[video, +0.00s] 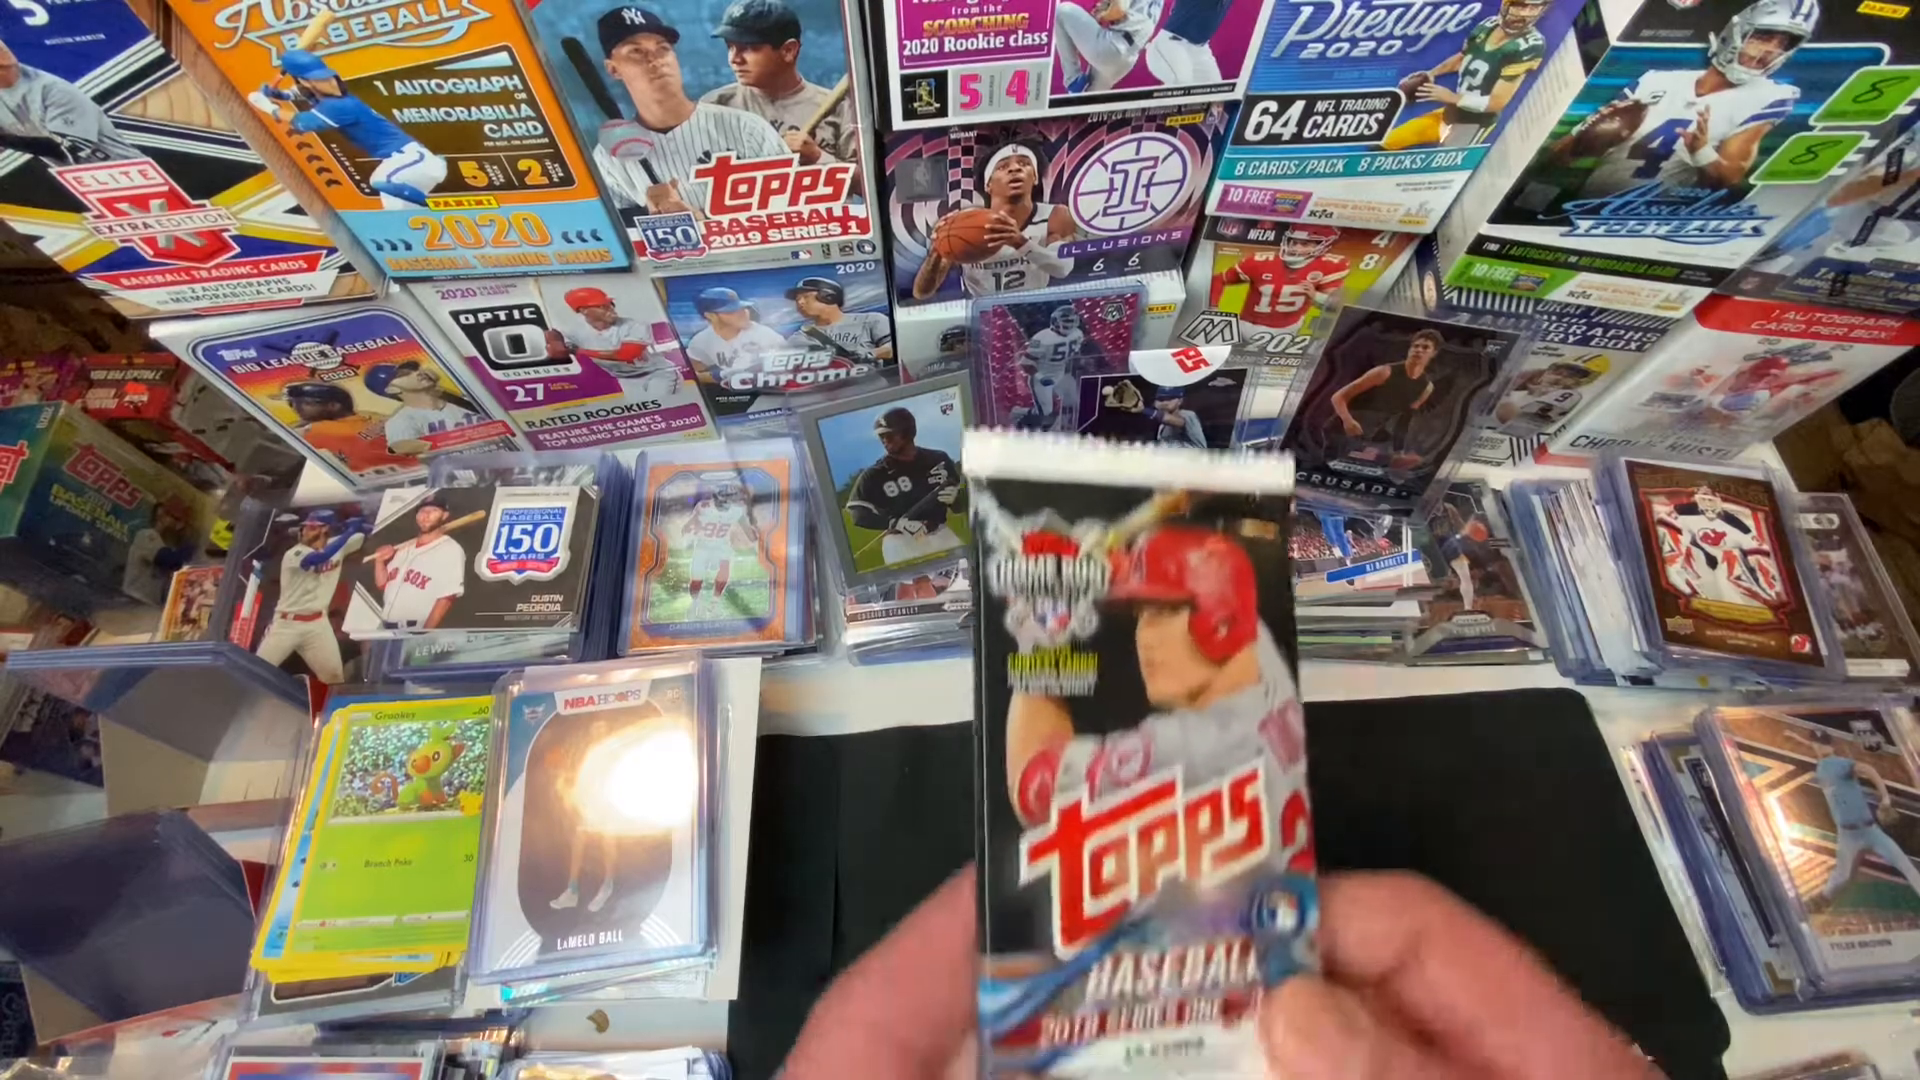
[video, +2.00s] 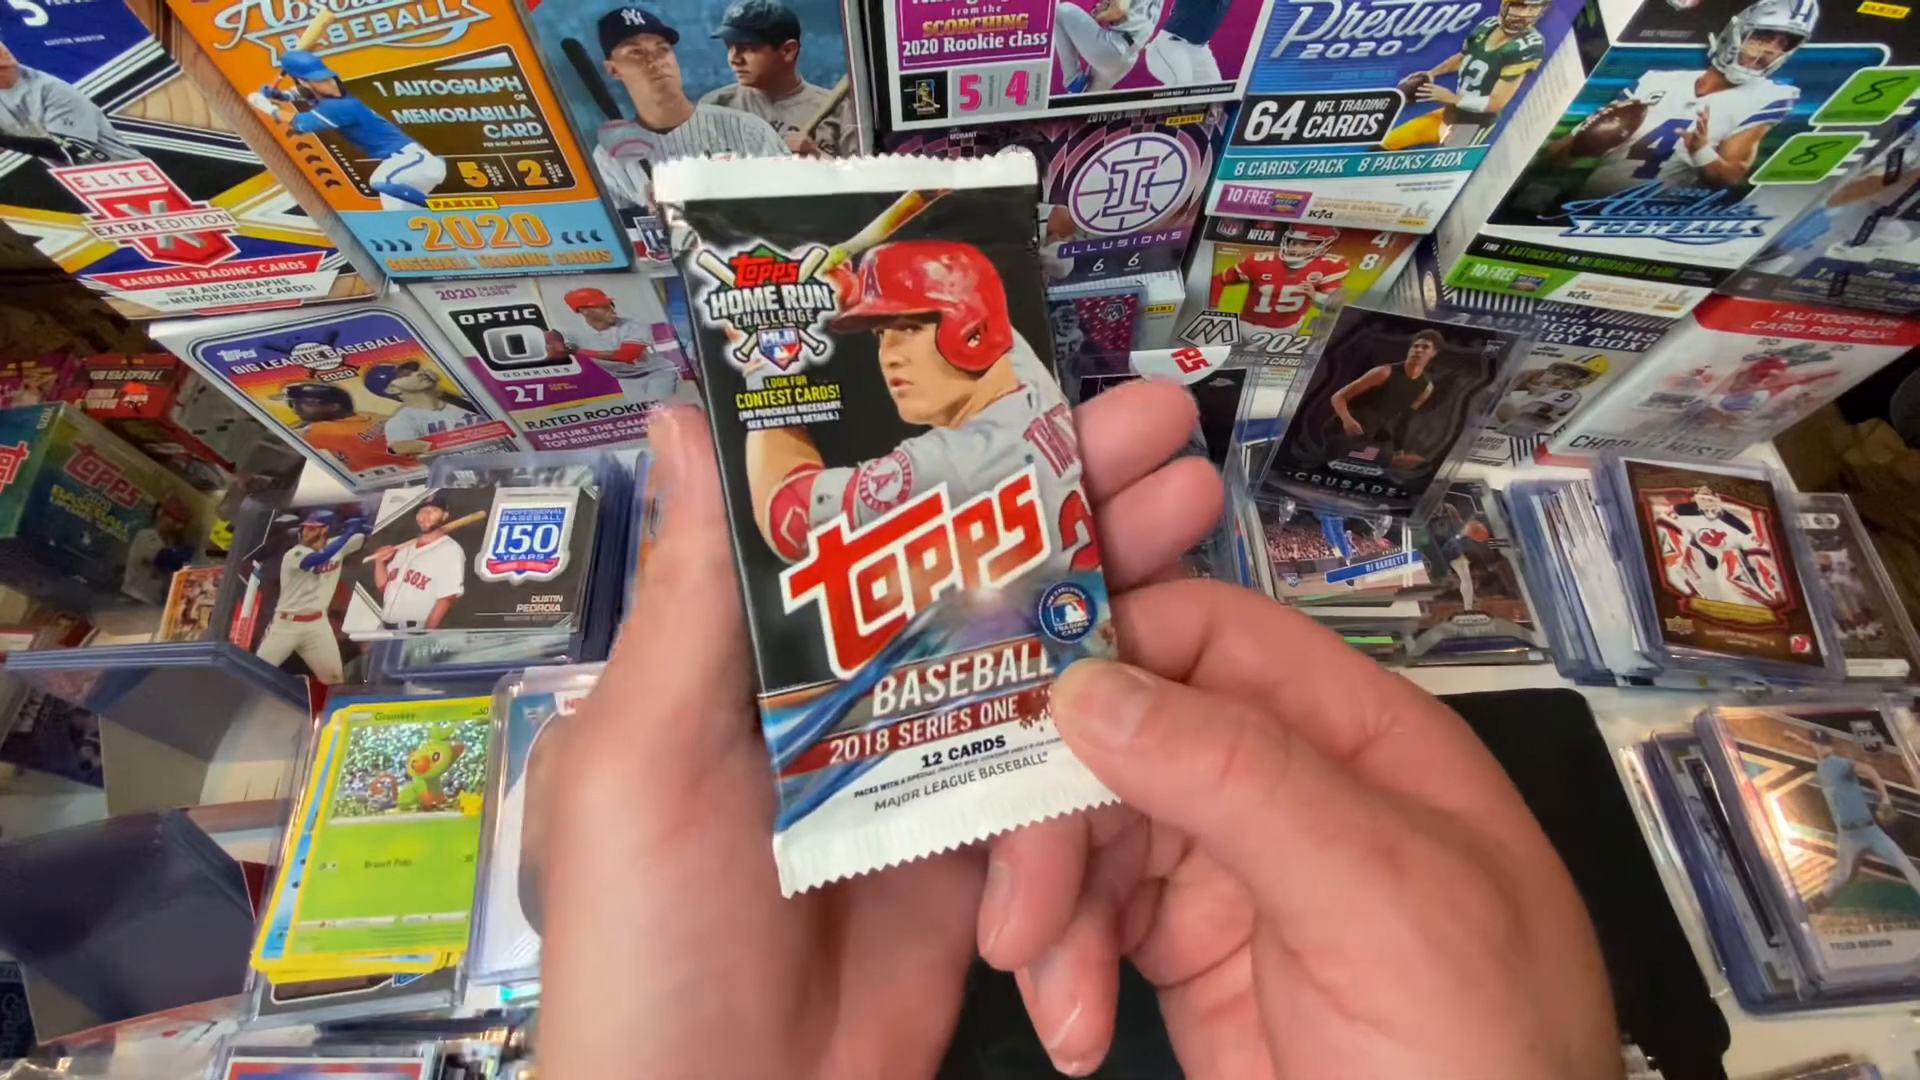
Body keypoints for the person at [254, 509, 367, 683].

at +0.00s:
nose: (303, 531)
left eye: (309, 527)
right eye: (304, 527)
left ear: (324, 530)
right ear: (303, 529)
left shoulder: (338, 549)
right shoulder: (294, 554)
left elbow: (365, 532)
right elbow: (319, 559)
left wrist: (355, 523)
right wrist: (347, 535)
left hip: (317, 625)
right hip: (285, 624)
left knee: (334, 678)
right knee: (258, 671)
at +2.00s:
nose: (304, 532)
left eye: (310, 528)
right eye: (304, 527)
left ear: (324, 531)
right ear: (302, 529)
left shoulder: (337, 548)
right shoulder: (293, 555)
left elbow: (367, 532)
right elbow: (318, 560)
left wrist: (358, 523)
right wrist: (347, 536)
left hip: (317, 625)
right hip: (284, 625)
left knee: (334, 681)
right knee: (258, 671)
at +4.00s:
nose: (302, 531)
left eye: (309, 527)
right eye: (303, 527)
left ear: (324, 530)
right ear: (303, 530)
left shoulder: (336, 549)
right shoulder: (294, 554)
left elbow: (367, 531)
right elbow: (318, 559)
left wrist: (355, 524)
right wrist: (347, 535)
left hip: (317, 625)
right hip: (285, 624)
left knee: (334, 678)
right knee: (258, 670)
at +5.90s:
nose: (304, 532)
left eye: (310, 528)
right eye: (304, 528)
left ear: (324, 531)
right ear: (302, 530)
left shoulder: (337, 549)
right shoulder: (293, 554)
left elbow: (365, 531)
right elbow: (318, 559)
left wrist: (356, 523)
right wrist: (346, 536)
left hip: (317, 624)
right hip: (285, 624)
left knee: (332, 674)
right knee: (260, 669)